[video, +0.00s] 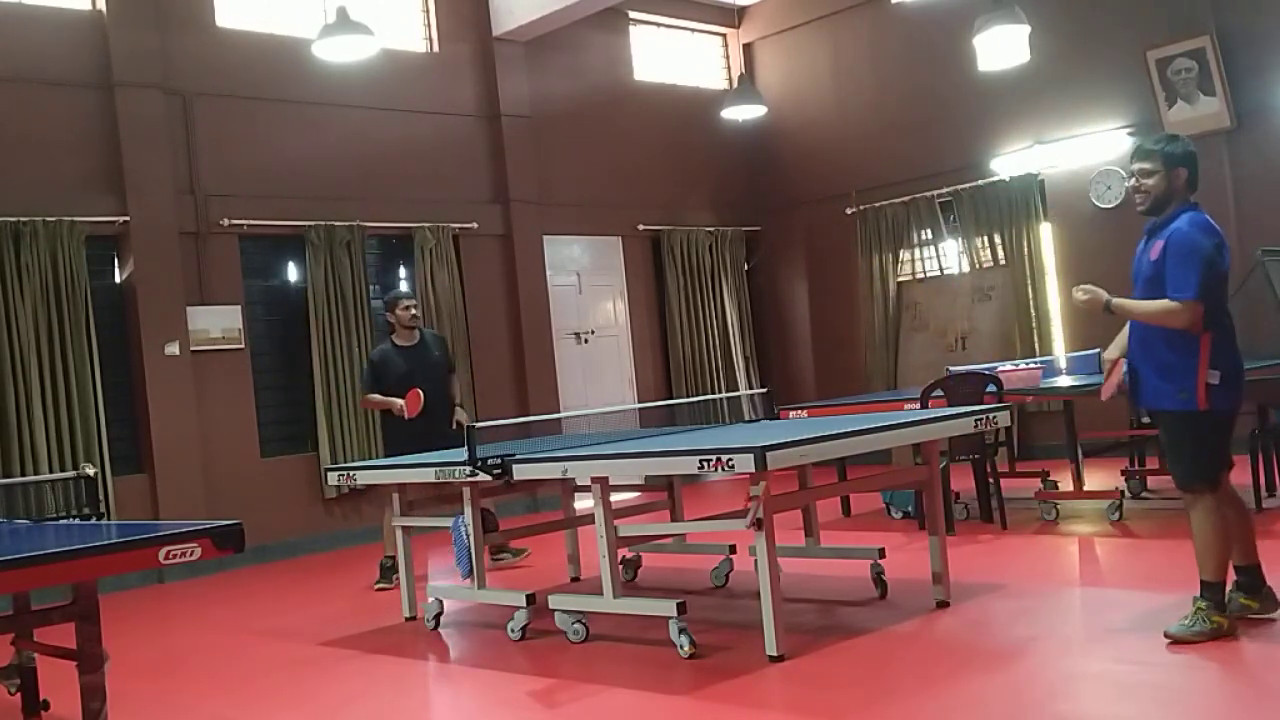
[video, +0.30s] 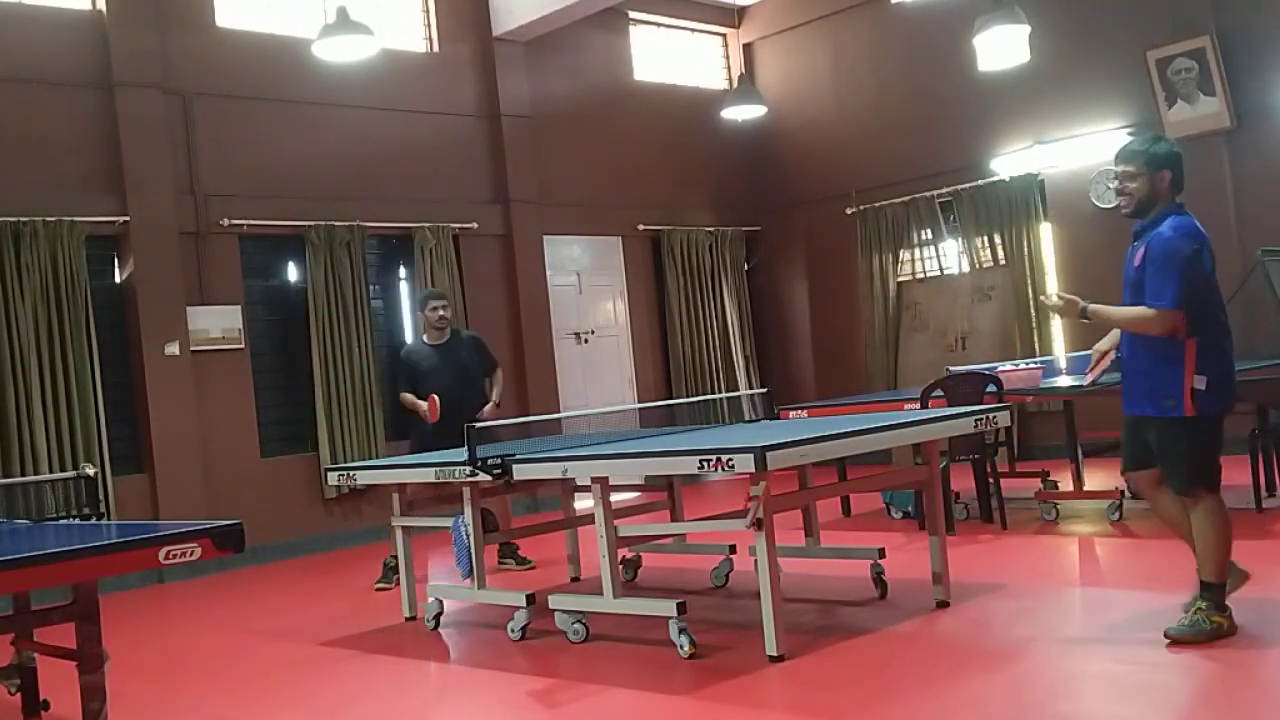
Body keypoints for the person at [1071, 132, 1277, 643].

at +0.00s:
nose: (1135, 185)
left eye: (1145, 175)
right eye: (1132, 177)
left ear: (1180, 177)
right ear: (1135, 181)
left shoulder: (1190, 233)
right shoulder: (1159, 231)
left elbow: (1188, 315)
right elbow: (1155, 303)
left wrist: (1112, 303)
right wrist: (1118, 346)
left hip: (1197, 391)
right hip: (1181, 389)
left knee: (1198, 492)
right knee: (1217, 487)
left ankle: (1212, 608)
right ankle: (1254, 589)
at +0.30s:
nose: (1118, 187)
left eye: (1129, 178)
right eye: (1116, 179)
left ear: (1165, 180)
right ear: (1123, 182)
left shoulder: (1174, 237)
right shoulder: (1147, 233)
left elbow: (1167, 321)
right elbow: (1152, 307)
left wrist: (1085, 310)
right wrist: (1117, 341)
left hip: (1187, 393)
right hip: (1149, 392)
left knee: (1198, 490)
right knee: (1144, 478)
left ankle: (1212, 604)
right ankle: (1219, 567)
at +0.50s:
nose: (1102, 189)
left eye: (1114, 180)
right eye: (1100, 180)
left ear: (1149, 182)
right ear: (1103, 183)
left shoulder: (1158, 237)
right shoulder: (1130, 235)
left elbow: (1155, 321)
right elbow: (1137, 308)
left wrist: (1074, 314)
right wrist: (1103, 340)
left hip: (1181, 394)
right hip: (1138, 394)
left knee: (1201, 493)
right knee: (1135, 481)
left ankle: (1214, 606)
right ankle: (1160, 586)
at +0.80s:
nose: (1057, 209)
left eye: (1067, 199)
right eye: (1051, 202)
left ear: (1101, 198)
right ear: (1051, 206)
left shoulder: (1123, 244)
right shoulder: (1074, 261)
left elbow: (1132, 319)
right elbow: (1076, 325)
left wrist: (1055, 326)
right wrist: (1057, 359)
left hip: (1159, 395)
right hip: (1116, 401)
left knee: (1164, 494)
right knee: (1128, 495)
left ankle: (1208, 603)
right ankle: (1139, 599)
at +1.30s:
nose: (1009, 251)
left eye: (1012, 239)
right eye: (1006, 242)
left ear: (1038, 230)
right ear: (1038, 234)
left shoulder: (1084, 270)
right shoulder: (1049, 277)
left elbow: (1072, 354)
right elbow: (1032, 327)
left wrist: (995, 366)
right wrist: (1019, 363)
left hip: (1140, 396)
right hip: (1095, 402)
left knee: (1136, 497)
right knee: (1082, 489)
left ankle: (1169, 618)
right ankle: (1129, 590)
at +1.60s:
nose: (982, 301)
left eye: (983, 291)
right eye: (979, 294)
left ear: (1008, 279)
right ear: (1009, 280)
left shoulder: (1051, 311)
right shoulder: (1034, 305)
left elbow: (1020, 394)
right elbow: (1012, 351)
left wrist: (950, 398)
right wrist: (1005, 385)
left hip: (1142, 402)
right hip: (1101, 410)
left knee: (1117, 500)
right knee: (1070, 495)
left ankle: (1167, 622)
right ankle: (1071, 597)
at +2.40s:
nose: (967, 263)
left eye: (971, 255)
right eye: (967, 255)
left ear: (996, 254)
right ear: (1000, 255)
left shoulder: (1021, 291)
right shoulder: (1013, 290)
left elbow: (965, 353)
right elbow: (983, 343)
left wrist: (900, 376)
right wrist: (981, 372)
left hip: (1109, 406)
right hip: (1070, 412)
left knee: (1106, 503)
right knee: (1051, 494)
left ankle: (1165, 621)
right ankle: (1068, 598)